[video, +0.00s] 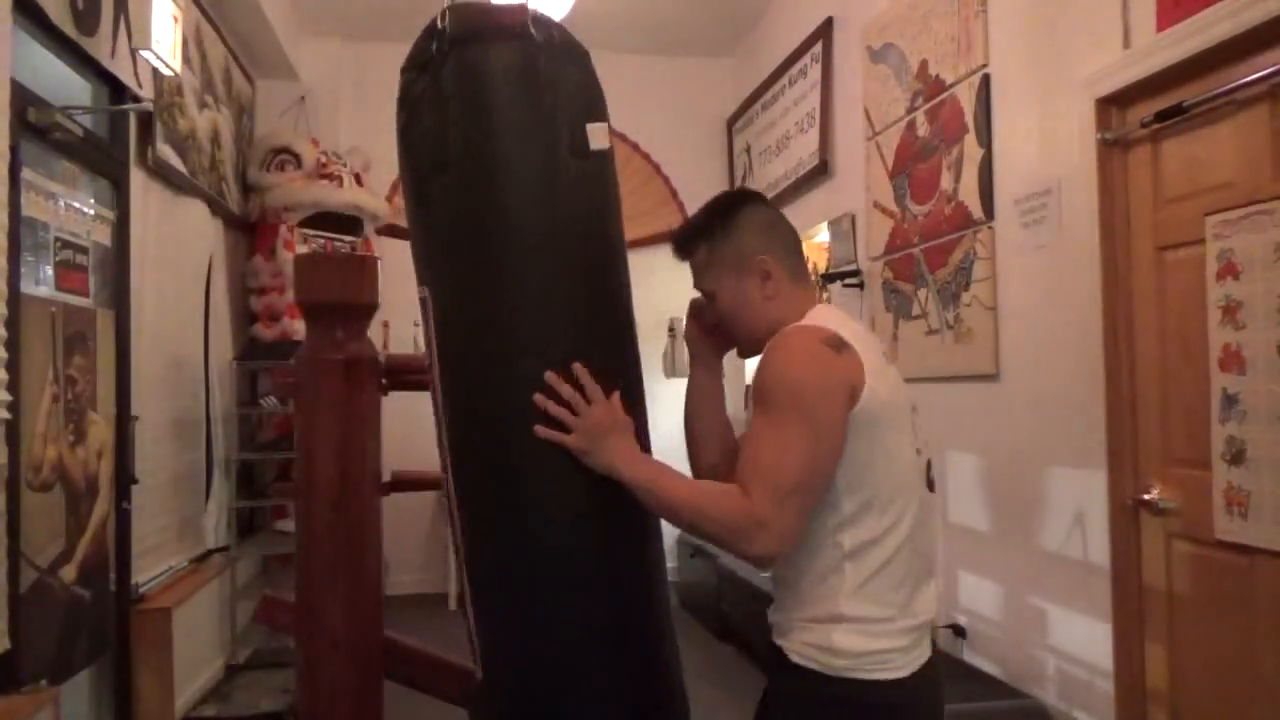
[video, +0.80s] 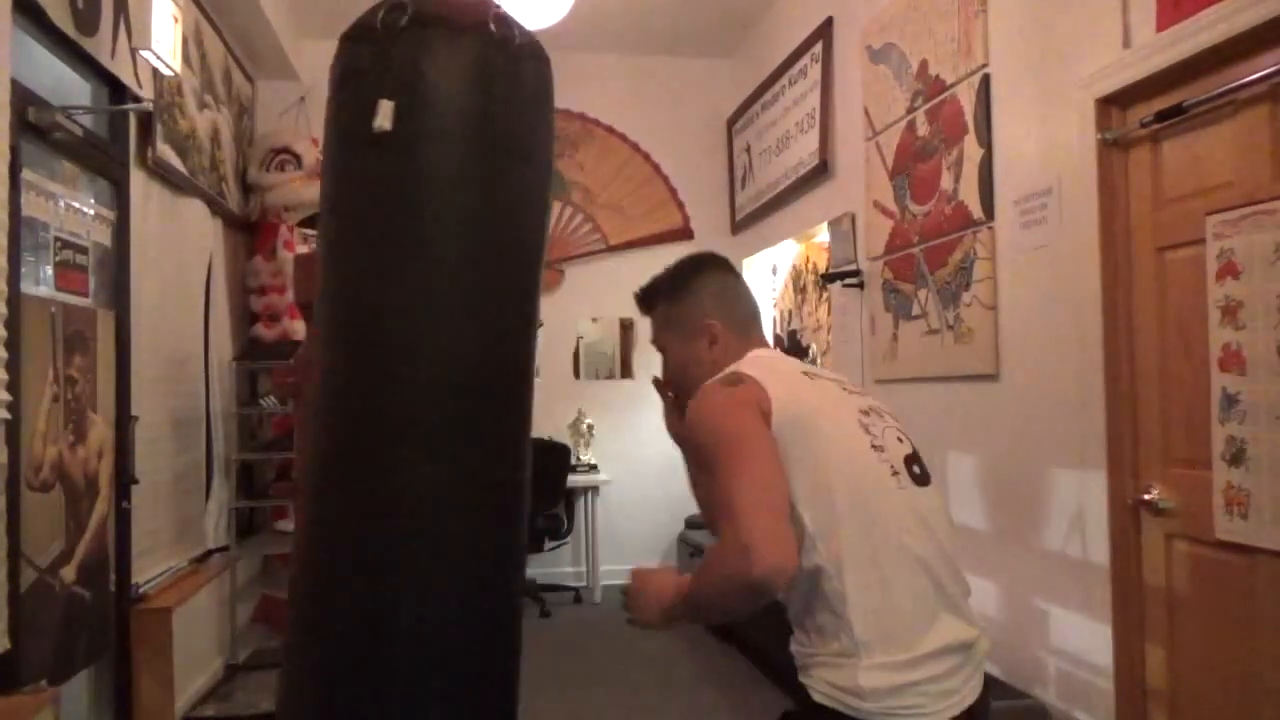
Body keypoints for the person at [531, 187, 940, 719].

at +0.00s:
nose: (706, 313)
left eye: (710, 294)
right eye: (703, 297)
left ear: (765, 278)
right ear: (771, 280)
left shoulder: (805, 351)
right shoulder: (836, 337)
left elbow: (762, 530)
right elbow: (719, 479)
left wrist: (624, 458)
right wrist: (705, 359)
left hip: (841, 683)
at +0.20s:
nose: (686, 312)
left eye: (692, 288)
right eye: (683, 291)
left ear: (755, 268)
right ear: (757, 271)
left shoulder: (836, 367)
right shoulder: (789, 369)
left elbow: (757, 548)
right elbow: (681, 496)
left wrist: (665, 404)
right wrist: (674, 378)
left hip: (866, 692)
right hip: (818, 676)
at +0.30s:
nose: (657, 339)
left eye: (663, 315)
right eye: (654, 318)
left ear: (728, 298)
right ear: (726, 302)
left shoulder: (842, 405)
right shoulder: (741, 410)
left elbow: (757, 605)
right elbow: (668, 552)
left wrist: (657, 439)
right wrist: (646, 431)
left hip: (873, 705)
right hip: (798, 683)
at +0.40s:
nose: (620, 388)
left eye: (626, 362)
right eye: (619, 365)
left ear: (690, 346)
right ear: (692, 348)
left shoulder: (828, 446)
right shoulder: (712, 463)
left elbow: (781, 659)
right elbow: (660, 612)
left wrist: (641, 517)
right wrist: (622, 508)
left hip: (892, 707)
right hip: (810, 699)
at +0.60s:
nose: (607, 401)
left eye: (609, 380)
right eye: (603, 383)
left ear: (662, 369)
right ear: (665, 369)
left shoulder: (763, 449)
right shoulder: (749, 436)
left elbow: (785, 669)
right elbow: (689, 601)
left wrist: (630, 583)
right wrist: (625, 478)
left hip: (897, 707)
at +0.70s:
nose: (628, 379)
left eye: (632, 357)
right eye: (625, 361)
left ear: (683, 341)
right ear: (691, 338)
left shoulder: (736, 406)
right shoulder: (787, 387)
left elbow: (774, 604)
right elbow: (718, 569)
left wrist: (649, 586)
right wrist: (658, 446)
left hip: (881, 705)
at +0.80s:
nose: (663, 371)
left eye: (664, 351)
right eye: (660, 354)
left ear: (711, 339)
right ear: (757, 334)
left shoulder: (726, 396)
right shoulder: (827, 385)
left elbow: (762, 560)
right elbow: (733, 524)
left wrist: (680, 597)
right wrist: (691, 443)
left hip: (873, 701)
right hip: (961, 682)